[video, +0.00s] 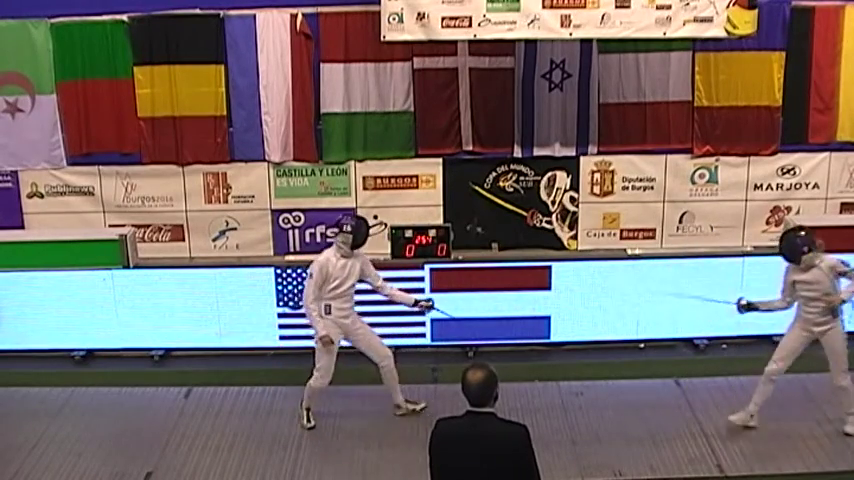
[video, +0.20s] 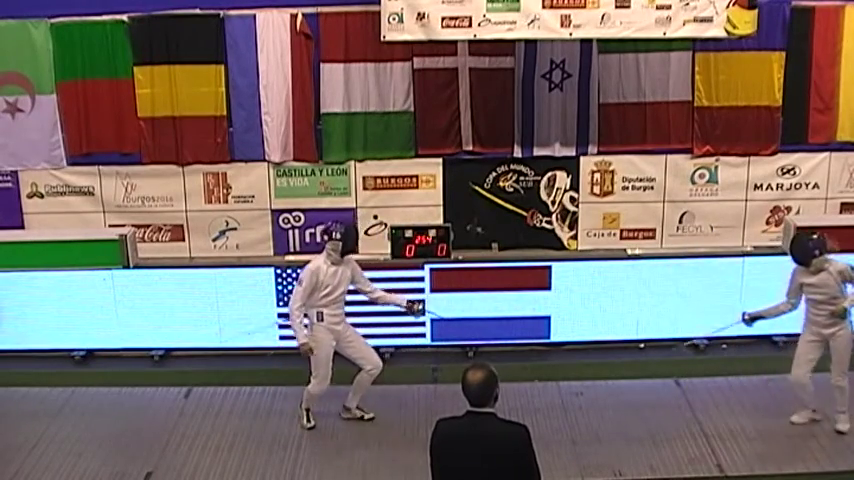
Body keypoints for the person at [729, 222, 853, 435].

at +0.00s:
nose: (801, 263)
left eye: (803, 259)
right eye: (797, 261)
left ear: (809, 251)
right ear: (793, 259)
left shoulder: (829, 264)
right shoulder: (792, 272)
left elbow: (853, 280)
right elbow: (786, 301)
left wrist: (843, 297)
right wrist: (753, 306)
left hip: (831, 327)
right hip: (802, 326)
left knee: (841, 380)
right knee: (772, 370)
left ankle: (850, 419)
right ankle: (750, 414)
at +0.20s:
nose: (811, 266)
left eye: (813, 261)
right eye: (807, 263)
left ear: (818, 254)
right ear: (803, 262)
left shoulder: (838, 269)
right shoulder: (799, 273)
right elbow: (790, 303)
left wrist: (846, 305)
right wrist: (757, 315)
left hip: (839, 331)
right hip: (812, 331)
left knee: (839, 379)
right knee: (798, 376)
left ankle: (842, 417)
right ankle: (811, 411)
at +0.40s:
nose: (808, 263)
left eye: (810, 259)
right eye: (804, 260)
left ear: (817, 252)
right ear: (799, 258)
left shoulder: (835, 265)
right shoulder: (798, 271)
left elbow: (852, 284)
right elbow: (795, 301)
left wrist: (843, 299)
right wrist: (763, 316)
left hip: (836, 328)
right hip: (807, 326)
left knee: (838, 376)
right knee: (777, 367)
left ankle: (842, 417)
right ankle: (782, 409)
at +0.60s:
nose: (789, 267)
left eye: (790, 262)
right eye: (785, 264)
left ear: (798, 256)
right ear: (782, 262)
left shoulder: (818, 273)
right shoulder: (781, 276)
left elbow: (842, 293)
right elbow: (764, 305)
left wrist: (825, 310)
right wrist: (732, 307)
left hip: (817, 334)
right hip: (790, 332)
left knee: (829, 380)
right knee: (758, 374)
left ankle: (842, 416)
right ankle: (742, 417)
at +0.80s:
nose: (777, 263)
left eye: (779, 259)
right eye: (773, 260)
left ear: (789, 252)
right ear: (769, 257)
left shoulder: (806, 266)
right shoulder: (766, 270)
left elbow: (828, 287)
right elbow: (746, 296)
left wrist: (810, 301)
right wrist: (712, 294)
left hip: (808, 329)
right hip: (779, 329)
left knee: (823, 380)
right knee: (753, 374)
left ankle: (843, 414)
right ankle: (742, 417)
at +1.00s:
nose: (779, 269)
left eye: (781, 265)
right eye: (776, 266)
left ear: (791, 257)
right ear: (773, 263)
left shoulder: (810, 273)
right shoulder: (770, 274)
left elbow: (830, 295)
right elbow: (747, 299)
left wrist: (812, 309)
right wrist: (712, 303)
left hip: (805, 336)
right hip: (776, 333)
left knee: (820, 388)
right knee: (748, 376)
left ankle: (845, 420)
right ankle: (742, 419)